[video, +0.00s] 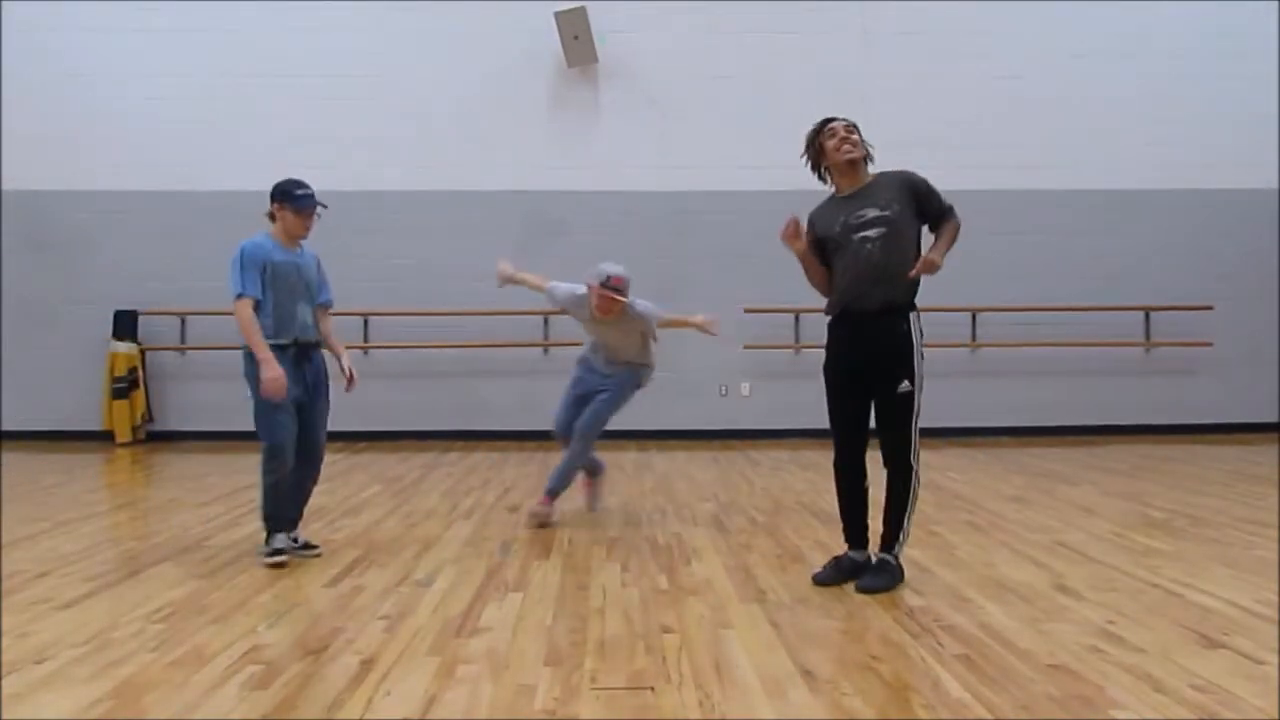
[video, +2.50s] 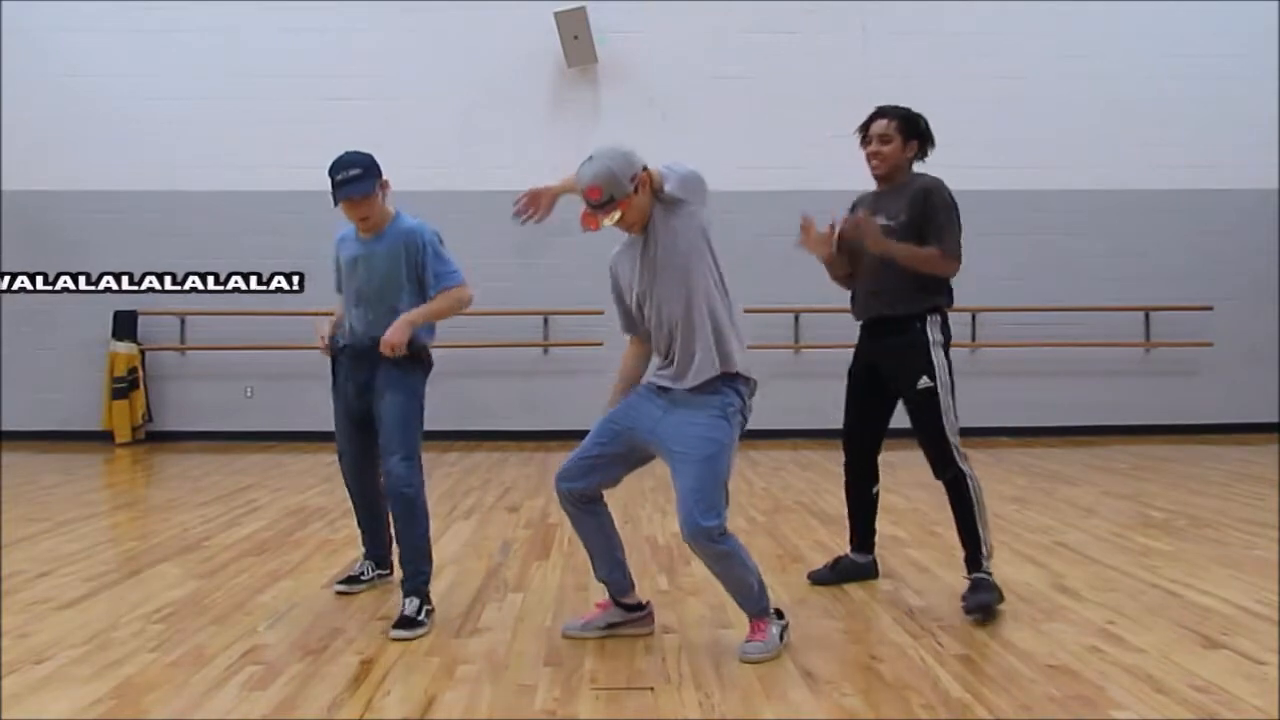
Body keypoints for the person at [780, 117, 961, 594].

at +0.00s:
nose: (845, 137)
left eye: (851, 131)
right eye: (833, 135)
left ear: (865, 146)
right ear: (820, 159)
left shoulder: (902, 184)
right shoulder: (821, 217)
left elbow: (948, 221)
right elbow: (827, 287)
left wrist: (934, 255)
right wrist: (804, 253)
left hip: (895, 329)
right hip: (846, 334)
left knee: (898, 448)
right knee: (848, 448)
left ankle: (890, 555)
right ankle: (856, 550)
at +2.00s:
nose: (838, 148)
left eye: (849, 141)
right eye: (836, 142)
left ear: (877, 149)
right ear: (835, 152)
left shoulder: (898, 195)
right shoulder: (839, 206)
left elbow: (937, 252)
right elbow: (842, 271)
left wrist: (881, 283)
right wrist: (814, 250)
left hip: (881, 330)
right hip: (842, 333)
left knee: (875, 447)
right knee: (845, 447)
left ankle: (900, 556)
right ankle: (859, 551)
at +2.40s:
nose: (858, 151)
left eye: (869, 143)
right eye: (854, 144)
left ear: (897, 149)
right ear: (852, 151)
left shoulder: (917, 197)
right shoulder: (853, 207)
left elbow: (940, 267)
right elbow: (856, 277)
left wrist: (878, 273)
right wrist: (824, 277)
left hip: (908, 332)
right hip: (865, 335)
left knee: (925, 449)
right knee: (852, 447)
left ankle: (961, 571)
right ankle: (860, 555)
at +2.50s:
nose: (873, 150)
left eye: (884, 141)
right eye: (868, 142)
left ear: (912, 147)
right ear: (863, 151)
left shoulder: (931, 193)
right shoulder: (860, 207)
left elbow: (948, 261)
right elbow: (849, 277)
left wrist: (882, 245)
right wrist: (830, 253)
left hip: (921, 333)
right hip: (875, 336)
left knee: (944, 453)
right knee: (858, 450)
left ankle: (979, 572)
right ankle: (861, 555)